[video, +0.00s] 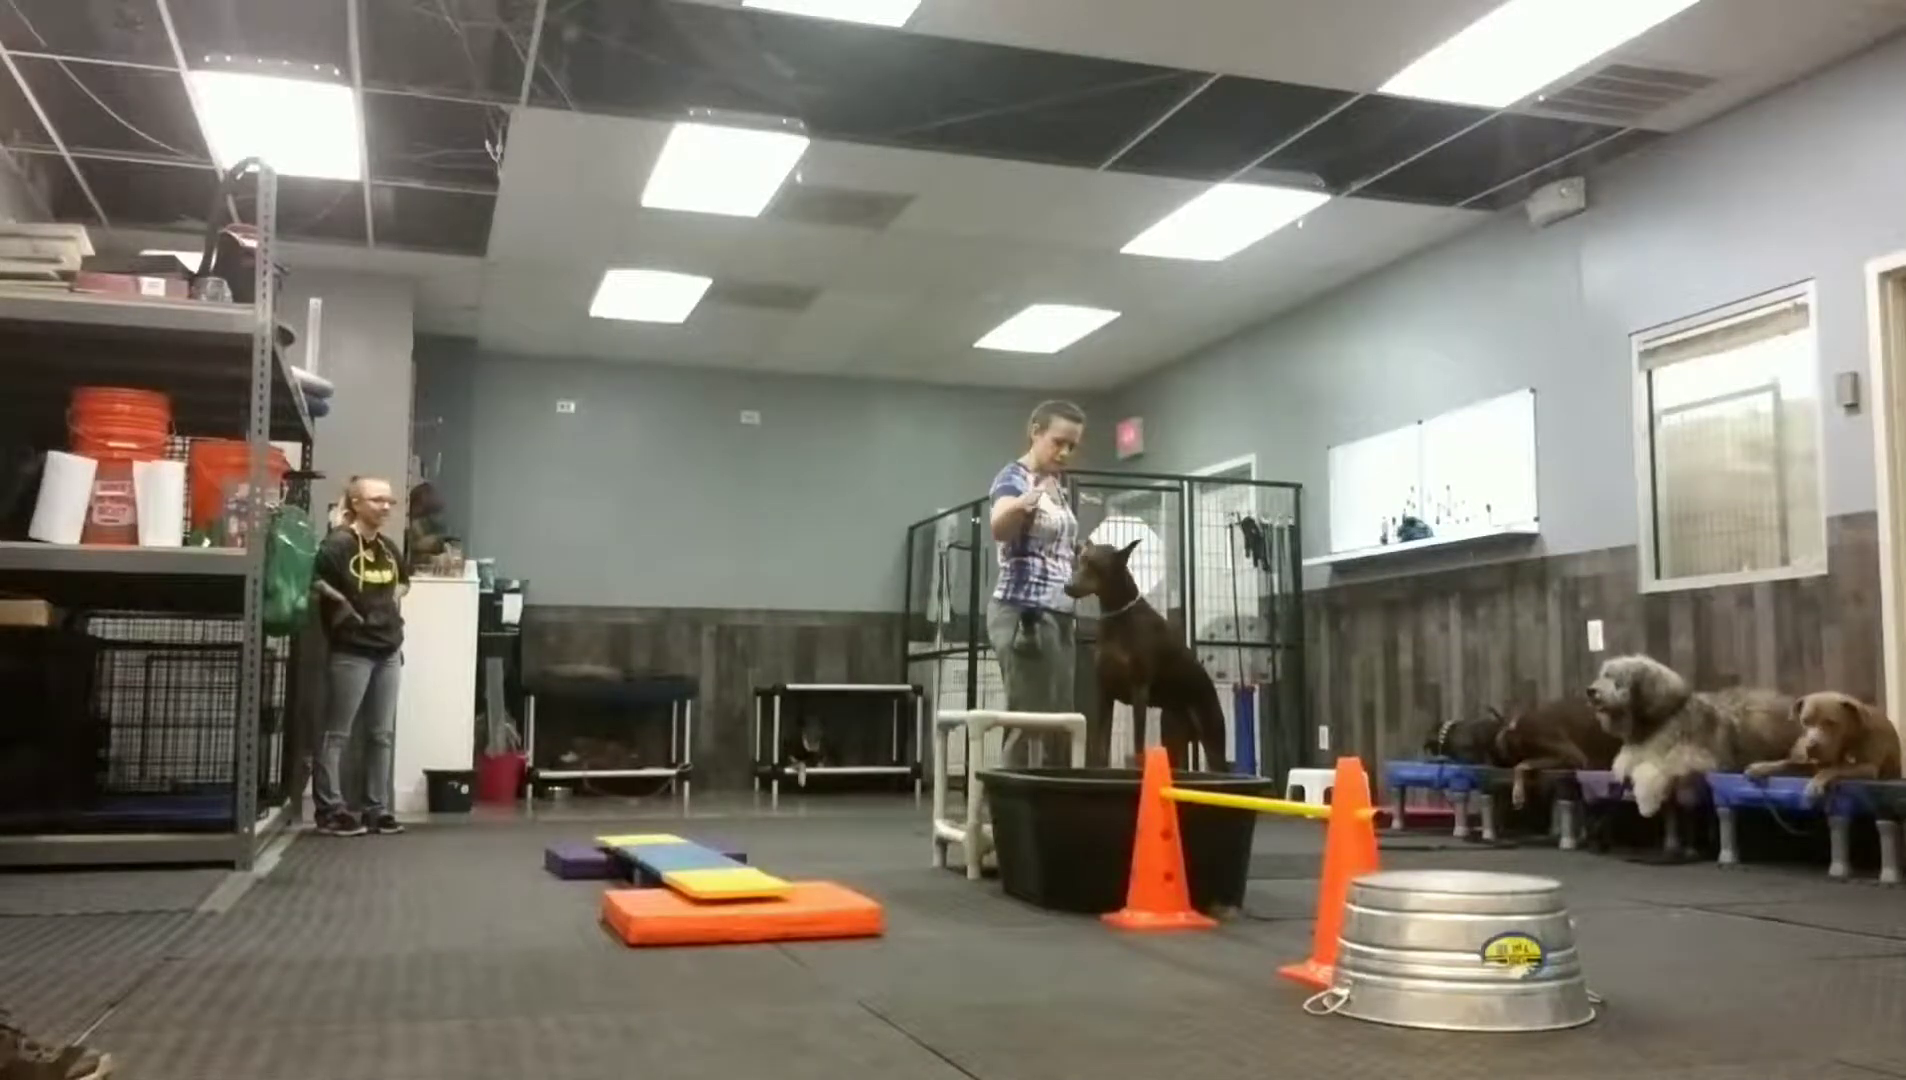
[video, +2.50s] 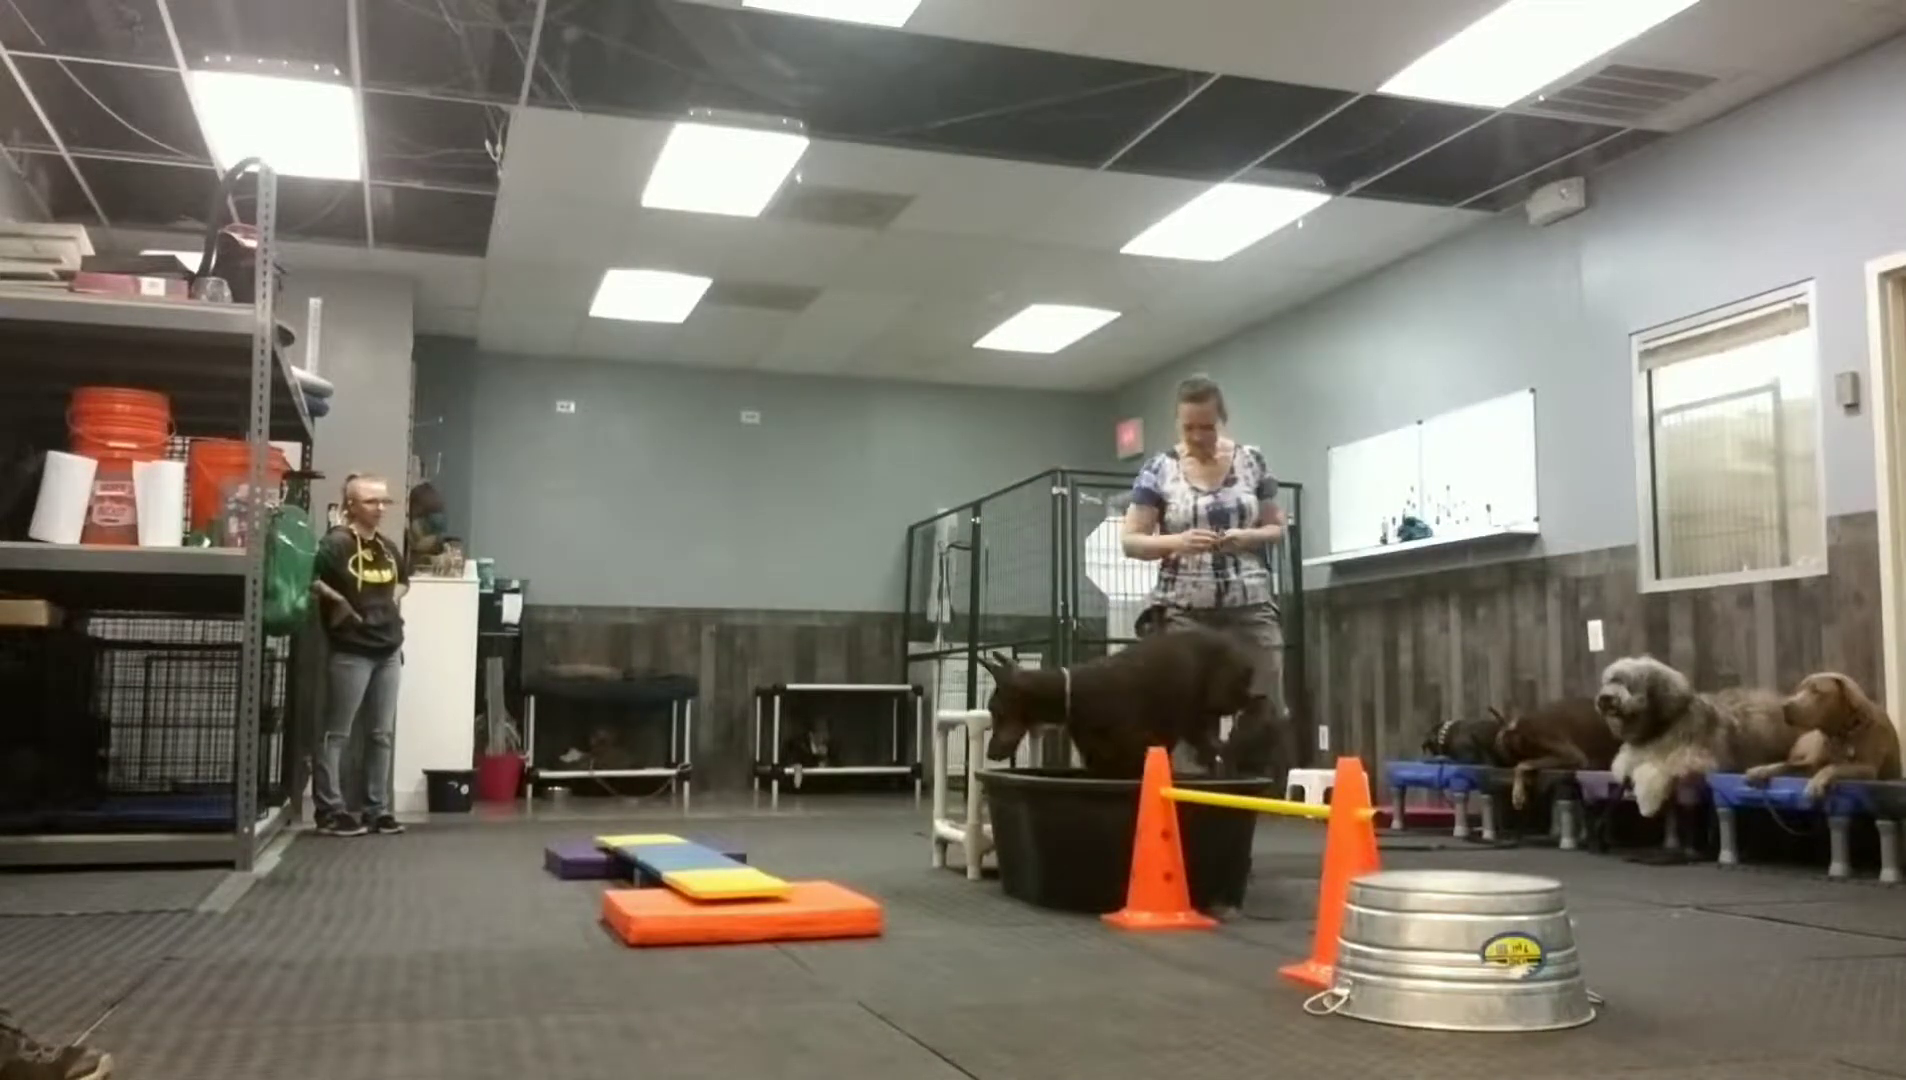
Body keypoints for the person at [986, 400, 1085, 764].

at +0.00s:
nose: (1065, 454)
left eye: (1071, 447)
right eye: (1059, 443)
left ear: (1076, 447)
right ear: (1035, 433)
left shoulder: (1056, 486)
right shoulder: (1015, 477)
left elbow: (1060, 547)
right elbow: (999, 529)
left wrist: (1085, 553)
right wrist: (1021, 507)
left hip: (1058, 614)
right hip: (1024, 612)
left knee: (1060, 720)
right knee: (1030, 720)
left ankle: (1053, 807)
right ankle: (1015, 809)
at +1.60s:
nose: (1081, 478)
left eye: (1086, 472)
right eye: (1077, 467)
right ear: (1054, 453)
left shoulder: (1049, 499)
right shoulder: (1032, 494)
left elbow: (1044, 561)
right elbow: (1030, 559)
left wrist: (1076, 567)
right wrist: (1080, 563)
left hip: (1045, 619)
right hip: (1034, 620)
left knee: (1030, 723)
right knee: (1058, 722)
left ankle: (991, 803)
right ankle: (1056, 814)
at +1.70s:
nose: (1093, 474)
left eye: (1098, 467)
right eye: (1088, 464)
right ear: (1063, 450)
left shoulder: (1073, 501)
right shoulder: (1040, 494)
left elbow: (1070, 556)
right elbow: (1042, 560)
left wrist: (1104, 567)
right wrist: (1103, 572)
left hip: (1070, 619)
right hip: (1046, 618)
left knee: (1074, 722)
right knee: (1072, 722)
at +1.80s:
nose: (1110, 469)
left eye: (1115, 462)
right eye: (1105, 459)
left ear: (1118, 459)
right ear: (1081, 445)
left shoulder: (1097, 493)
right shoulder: (1054, 488)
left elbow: (1094, 551)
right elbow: (1060, 552)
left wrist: (1111, 563)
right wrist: (1120, 580)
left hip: (1101, 619)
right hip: (1062, 619)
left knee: (1128, 718)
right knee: (1079, 729)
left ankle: (1090, 806)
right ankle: (1061, 814)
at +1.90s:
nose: (1128, 467)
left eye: (1134, 459)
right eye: (1123, 457)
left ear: (1139, 455)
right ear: (1100, 444)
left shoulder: (1126, 490)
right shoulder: (1074, 488)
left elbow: (1130, 547)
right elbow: (1081, 548)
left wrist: (1140, 565)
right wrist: (1116, 583)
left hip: (1129, 624)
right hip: (1082, 626)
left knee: (1158, 725)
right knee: (1088, 736)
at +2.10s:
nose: (1186, 460)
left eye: (1194, 451)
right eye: (1178, 450)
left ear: (1202, 443)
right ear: (1159, 436)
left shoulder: (1203, 479)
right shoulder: (1137, 480)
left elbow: (1203, 538)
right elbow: (1128, 537)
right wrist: (1130, 584)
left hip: (1199, 618)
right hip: (1146, 620)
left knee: (1198, 719)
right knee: (1162, 714)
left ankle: (1185, 809)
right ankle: (1123, 798)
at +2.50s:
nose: (1197, 436)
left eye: (1205, 427)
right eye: (1189, 427)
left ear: (1221, 419)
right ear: (1178, 422)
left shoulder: (1250, 462)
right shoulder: (1159, 469)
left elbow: (1276, 529)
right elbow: (1131, 541)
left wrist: (1239, 538)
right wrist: (1178, 542)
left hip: (1251, 610)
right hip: (1184, 612)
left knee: (1267, 715)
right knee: (1188, 721)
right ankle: (1190, 814)